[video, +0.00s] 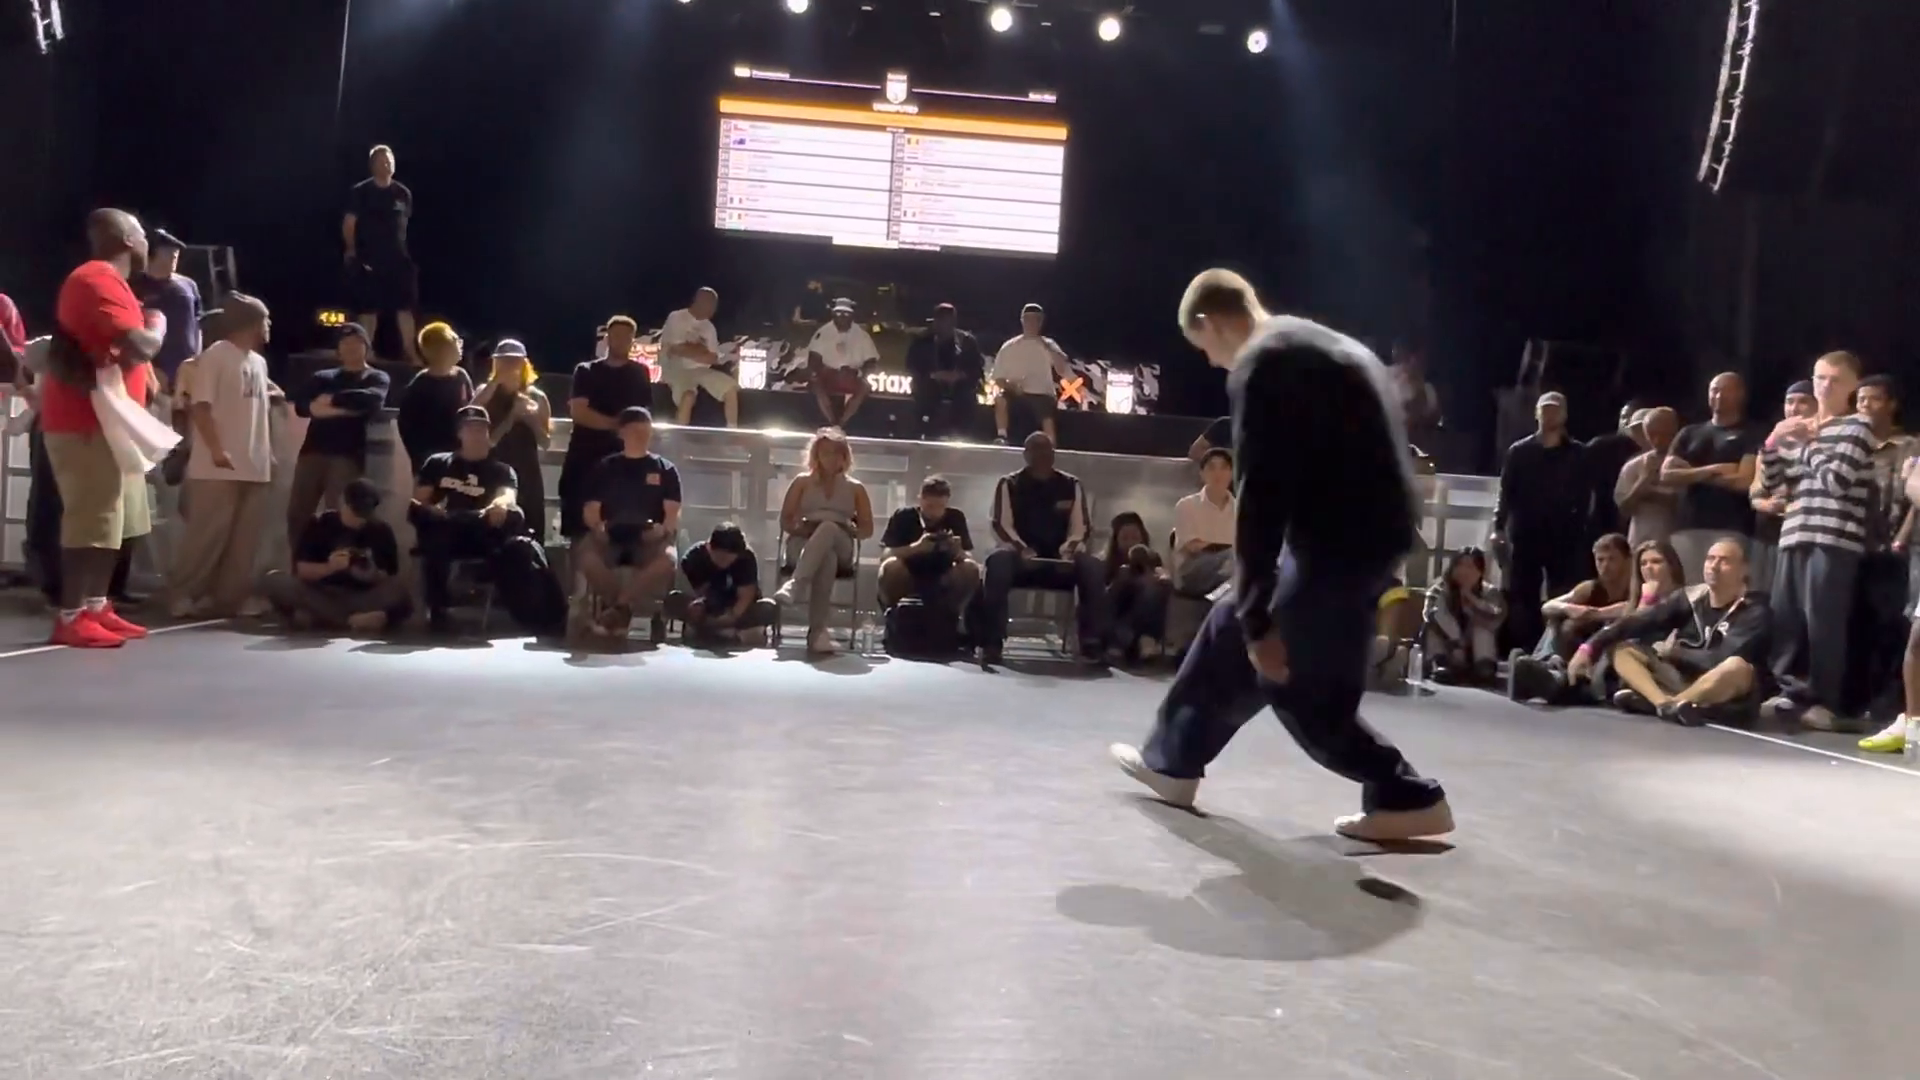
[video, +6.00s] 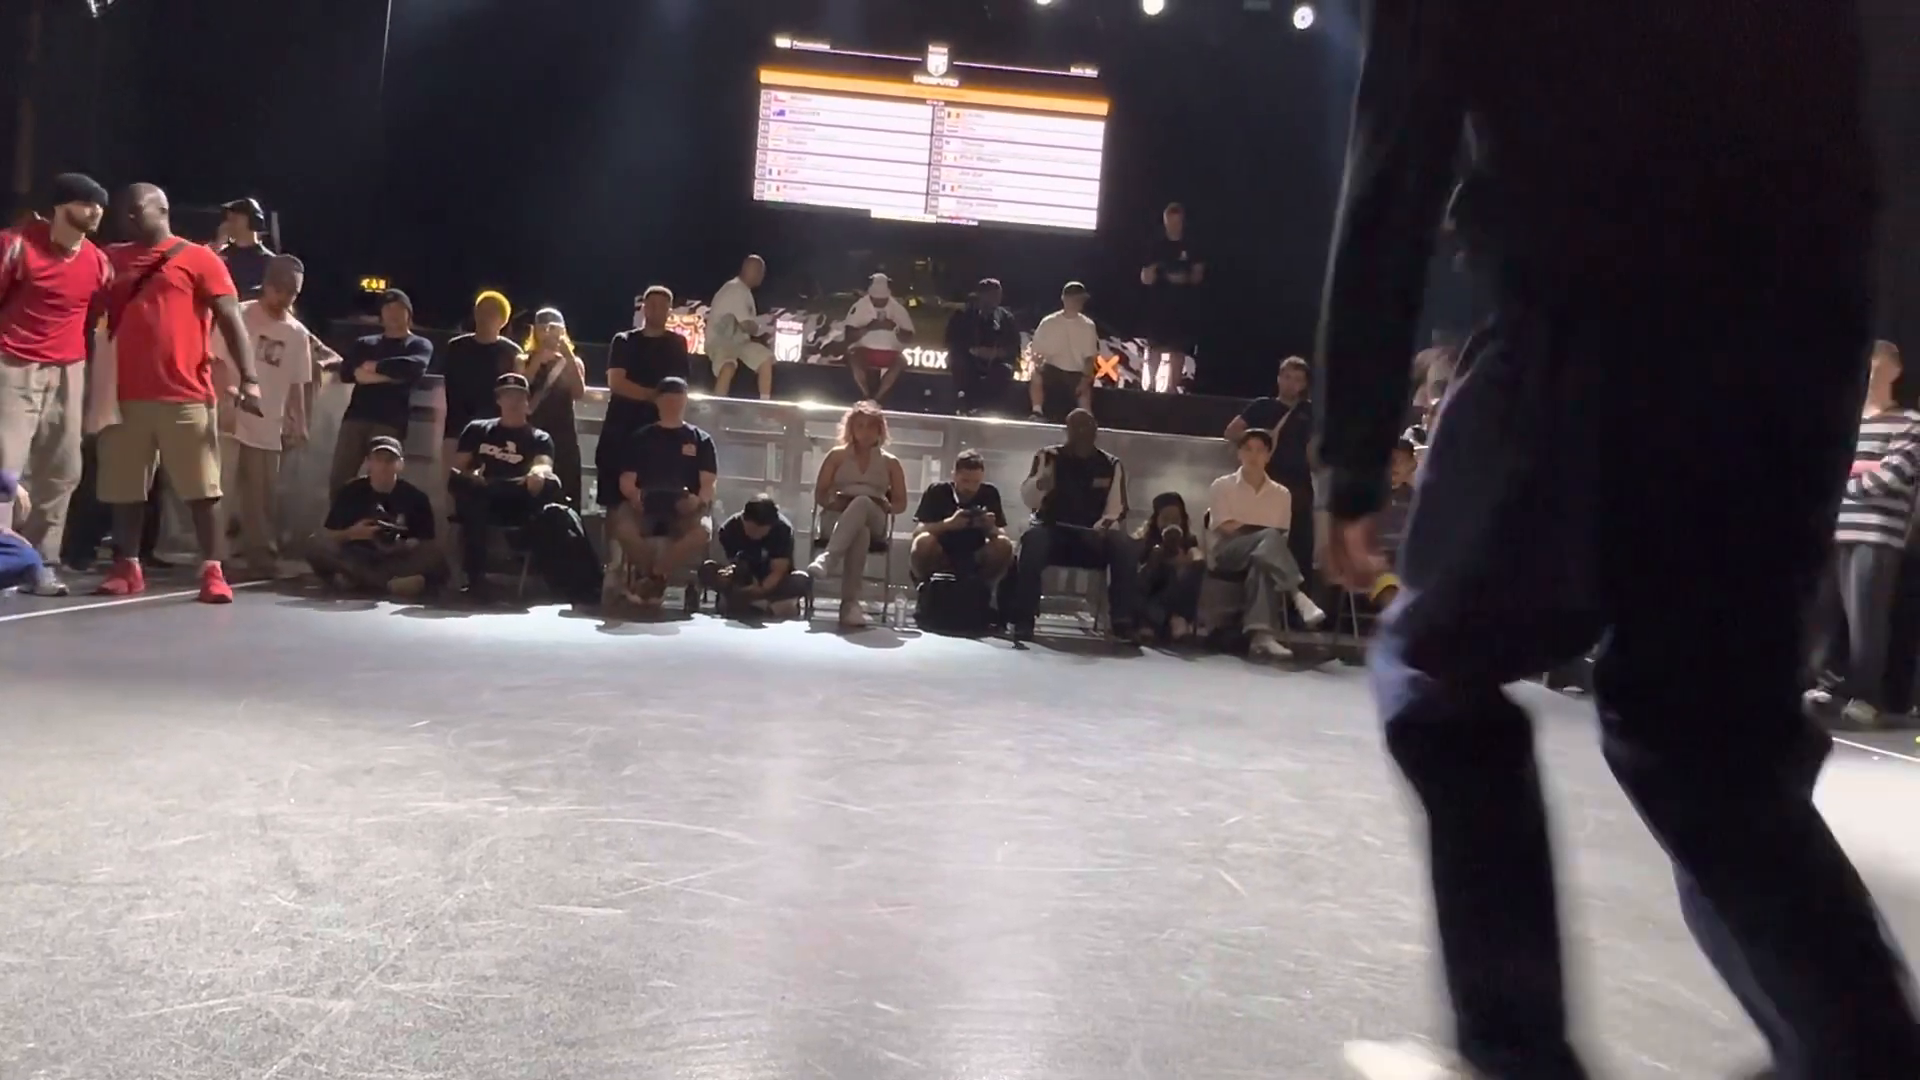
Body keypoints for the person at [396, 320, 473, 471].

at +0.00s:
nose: (460, 343)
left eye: (457, 338)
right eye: (454, 340)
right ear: (441, 350)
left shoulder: (461, 376)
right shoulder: (416, 388)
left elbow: (470, 413)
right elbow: (406, 427)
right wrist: (420, 461)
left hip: (461, 456)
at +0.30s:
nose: (479, 332)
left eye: (476, 328)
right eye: (473, 330)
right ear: (463, 339)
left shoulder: (477, 369)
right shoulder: (439, 377)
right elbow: (423, 412)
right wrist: (435, 447)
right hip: (445, 449)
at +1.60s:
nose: (504, 315)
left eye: (501, 311)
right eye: (498, 312)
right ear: (482, 320)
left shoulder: (501, 354)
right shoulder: (462, 358)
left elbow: (507, 391)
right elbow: (447, 394)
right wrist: (457, 430)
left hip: (495, 430)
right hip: (467, 433)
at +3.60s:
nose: (512, 302)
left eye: (510, 298)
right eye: (507, 299)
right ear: (492, 308)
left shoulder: (510, 340)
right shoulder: (471, 346)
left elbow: (518, 377)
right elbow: (457, 382)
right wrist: (468, 417)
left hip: (506, 416)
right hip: (477, 419)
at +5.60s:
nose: (491, 313)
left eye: (497, 308)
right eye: (487, 307)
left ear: (508, 315)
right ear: (480, 311)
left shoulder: (519, 348)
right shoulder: (461, 344)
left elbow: (523, 388)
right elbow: (455, 384)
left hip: (504, 425)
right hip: (466, 422)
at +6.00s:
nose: (484, 319)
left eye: (491, 314)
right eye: (481, 313)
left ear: (503, 320)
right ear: (475, 315)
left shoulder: (511, 352)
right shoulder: (455, 346)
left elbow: (514, 391)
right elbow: (445, 383)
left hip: (494, 426)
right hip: (457, 423)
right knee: (452, 487)